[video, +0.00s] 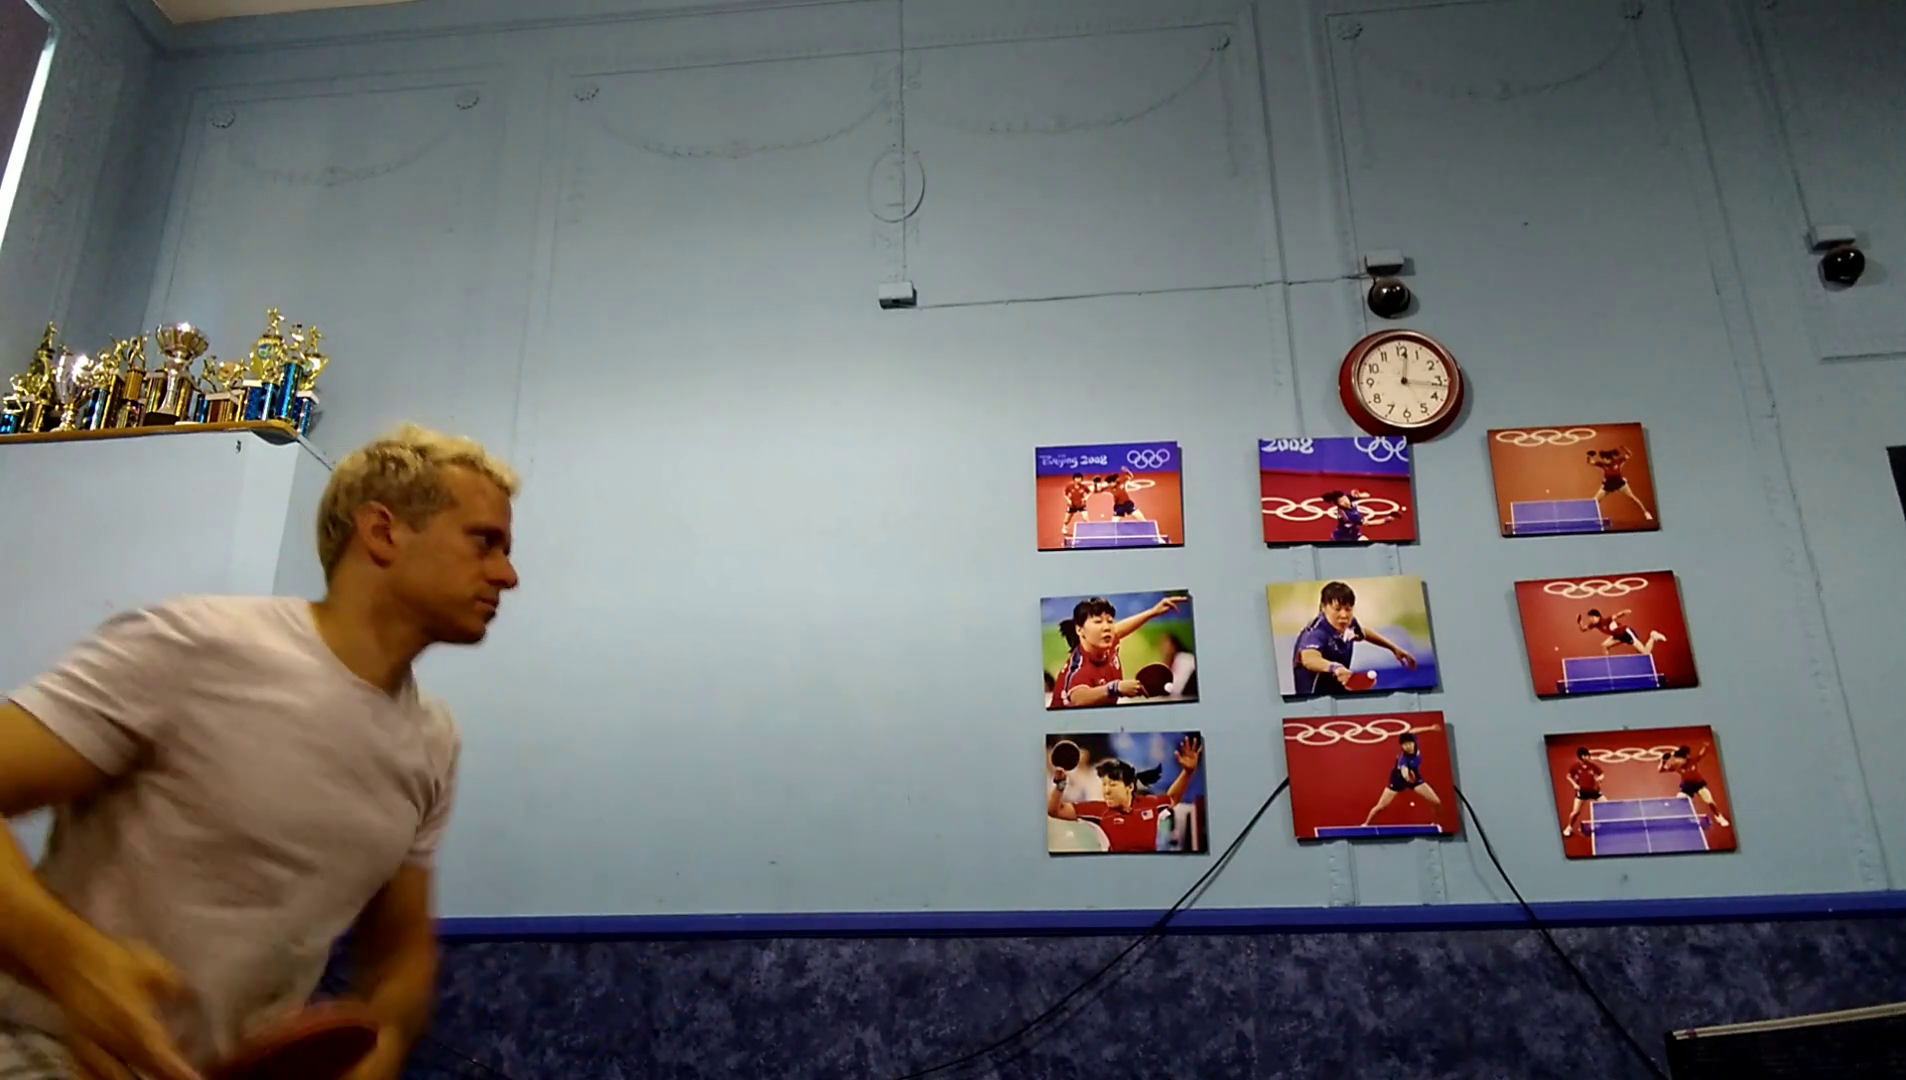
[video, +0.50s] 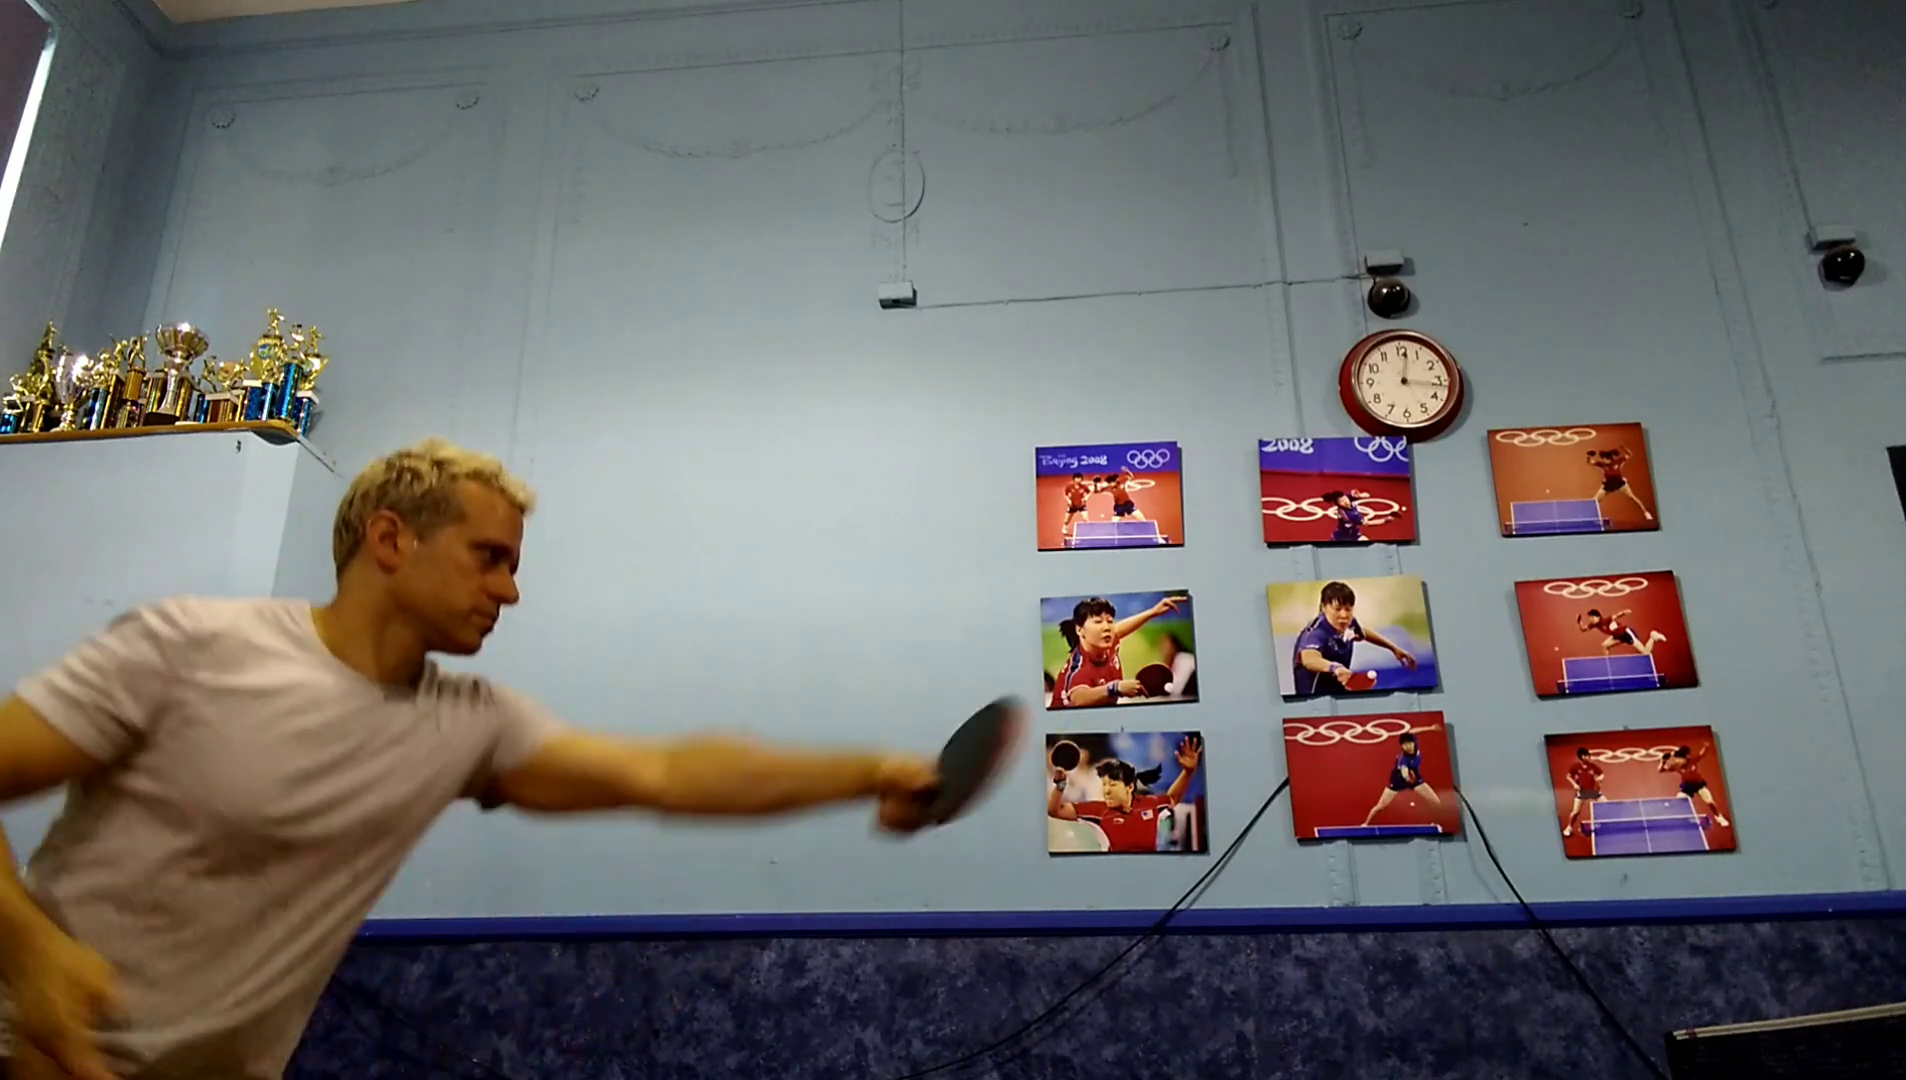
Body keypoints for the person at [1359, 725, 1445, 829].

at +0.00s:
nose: (1408, 747)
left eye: (1409, 744)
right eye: (1405, 745)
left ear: (1414, 743)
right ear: (1402, 746)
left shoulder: (1416, 747)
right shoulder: (1403, 758)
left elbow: (1414, 731)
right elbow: (1404, 770)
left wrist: (1431, 728)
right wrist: (1408, 778)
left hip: (1414, 779)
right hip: (1398, 781)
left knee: (1436, 801)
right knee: (1381, 806)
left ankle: (1436, 823)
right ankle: (1366, 823)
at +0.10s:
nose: (1408, 747)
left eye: (1409, 744)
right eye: (1405, 745)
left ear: (1414, 743)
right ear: (1402, 746)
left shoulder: (1416, 748)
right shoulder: (1403, 758)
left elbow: (1413, 731)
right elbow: (1404, 770)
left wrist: (1431, 728)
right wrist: (1409, 778)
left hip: (1415, 779)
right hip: (1398, 781)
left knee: (1436, 802)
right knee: (1381, 806)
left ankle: (1435, 823)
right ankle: (1366, 823)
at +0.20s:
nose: (1408, 747)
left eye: (1409, 744)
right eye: (1405, 745)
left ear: (1414, 743)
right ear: (1402, 746)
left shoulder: (1415, 747)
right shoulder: (1403, 758)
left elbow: (1413, 731)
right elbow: (1404, 771)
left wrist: (1431, 728)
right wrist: (1408, 778)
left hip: (1414, 779)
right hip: (1398, 781)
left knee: (1436, 801)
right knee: (1381, 806)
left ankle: (1436, 823)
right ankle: (1366, 823)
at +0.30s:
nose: (1408, 747)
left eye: (1409, 744)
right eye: (1405, 745)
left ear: (1414, 743)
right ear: (1402, 746)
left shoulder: (1415, 747)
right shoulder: (1403, 758)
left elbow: (1413, 731)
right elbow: (1404, 771)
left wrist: (1431, 728)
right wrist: (1408, 778)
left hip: (1414, 779)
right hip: (1398, 781)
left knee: (1436, 801)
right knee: (1381, 806)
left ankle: (1436, 823)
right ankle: (1366, 823)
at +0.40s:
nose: (1408, 747)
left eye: (1409, 744)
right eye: (1405, 745)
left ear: (1414, 743)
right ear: (1402, 746)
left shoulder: (1416, 747)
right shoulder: (1403, 758)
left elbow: (1414, 731)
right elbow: (1404, 771)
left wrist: (1431, 728)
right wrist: (1408, 778)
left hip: (1414, 779)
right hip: (1398, 781)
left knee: (1436, 802)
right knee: (1381, 806)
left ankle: (1436, 823)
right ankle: (1366, 823)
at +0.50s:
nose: (1408, 747)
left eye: (1409, 744)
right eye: (1405, 745)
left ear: (1414, 743)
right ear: (1402, 746)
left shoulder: (1416, 748)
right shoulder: (1403, 758)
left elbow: (1414, 731)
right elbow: (1404, 771)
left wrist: (1431, 728)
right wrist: (1409, 778)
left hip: (1415, 779)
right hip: (1398, 781)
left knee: (1436, 802)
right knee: (1381, 806)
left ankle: (1435, 824)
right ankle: (1366, 823)